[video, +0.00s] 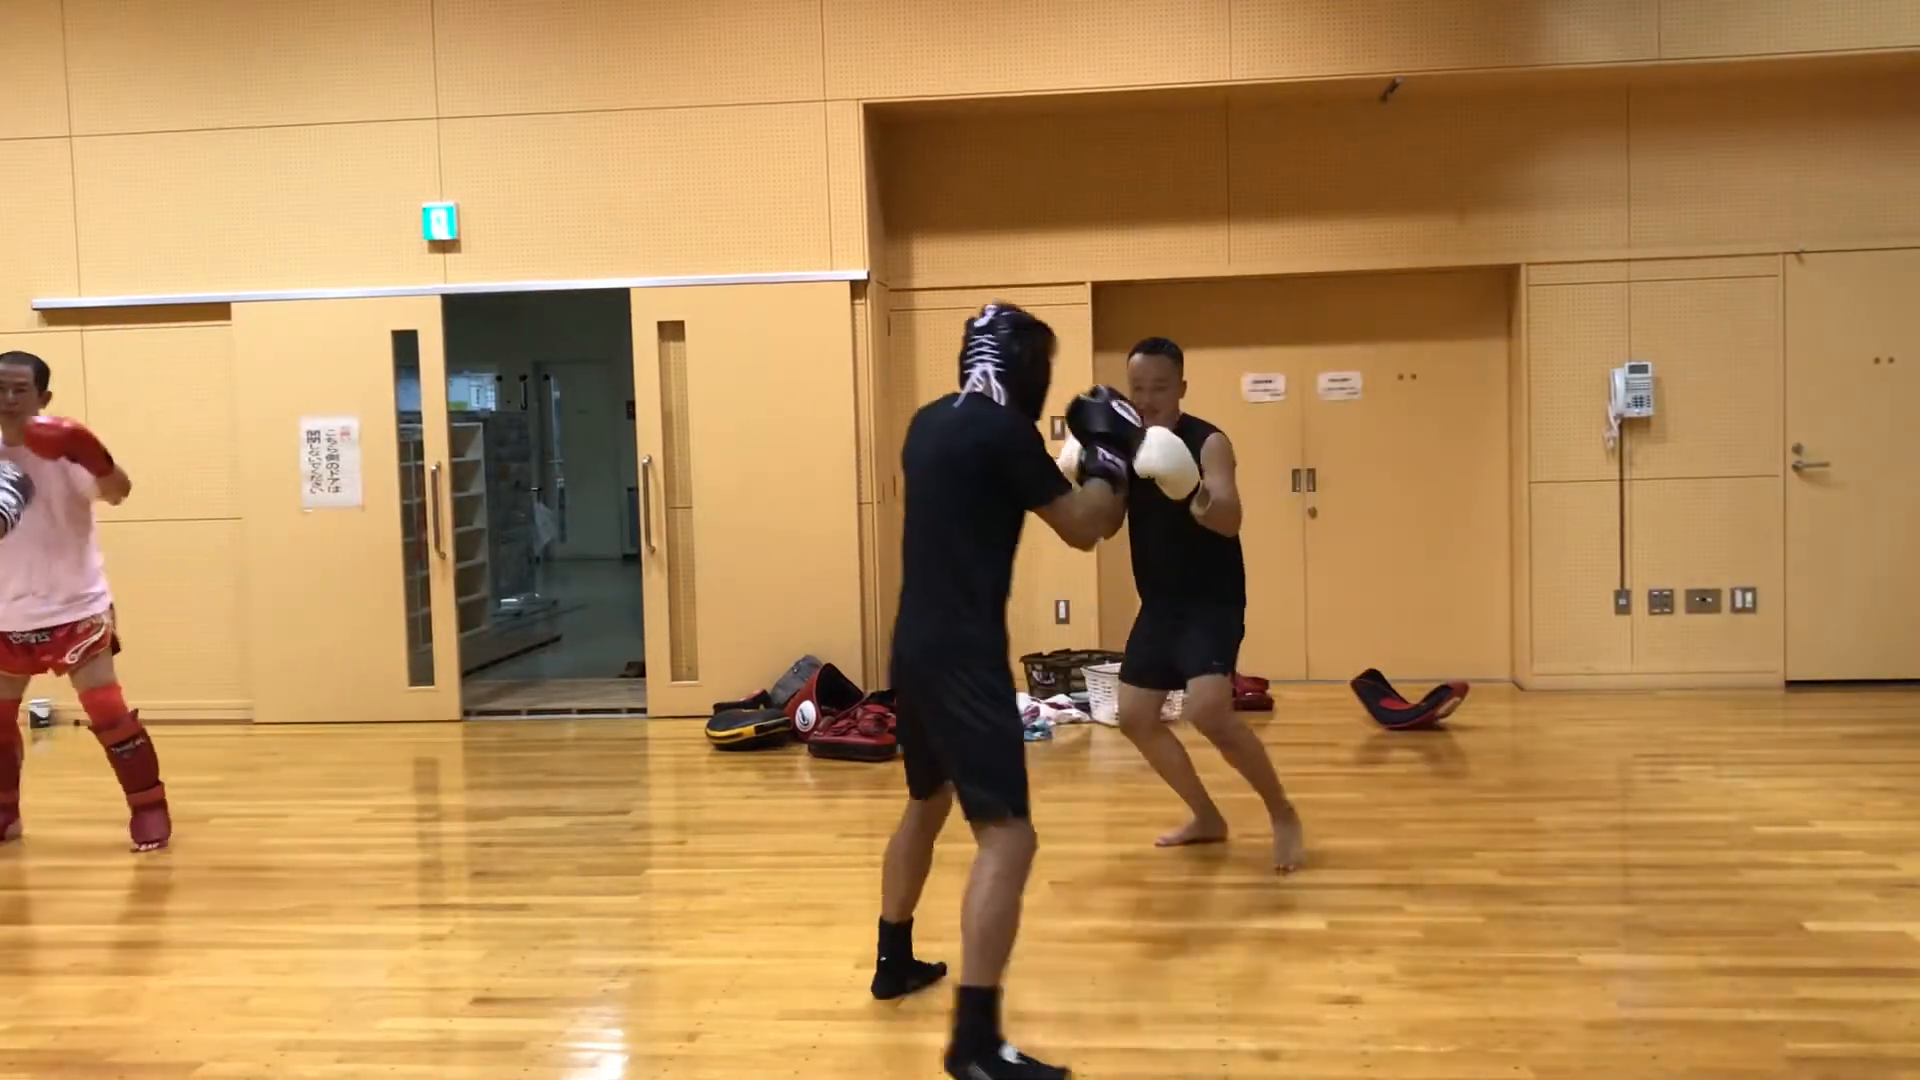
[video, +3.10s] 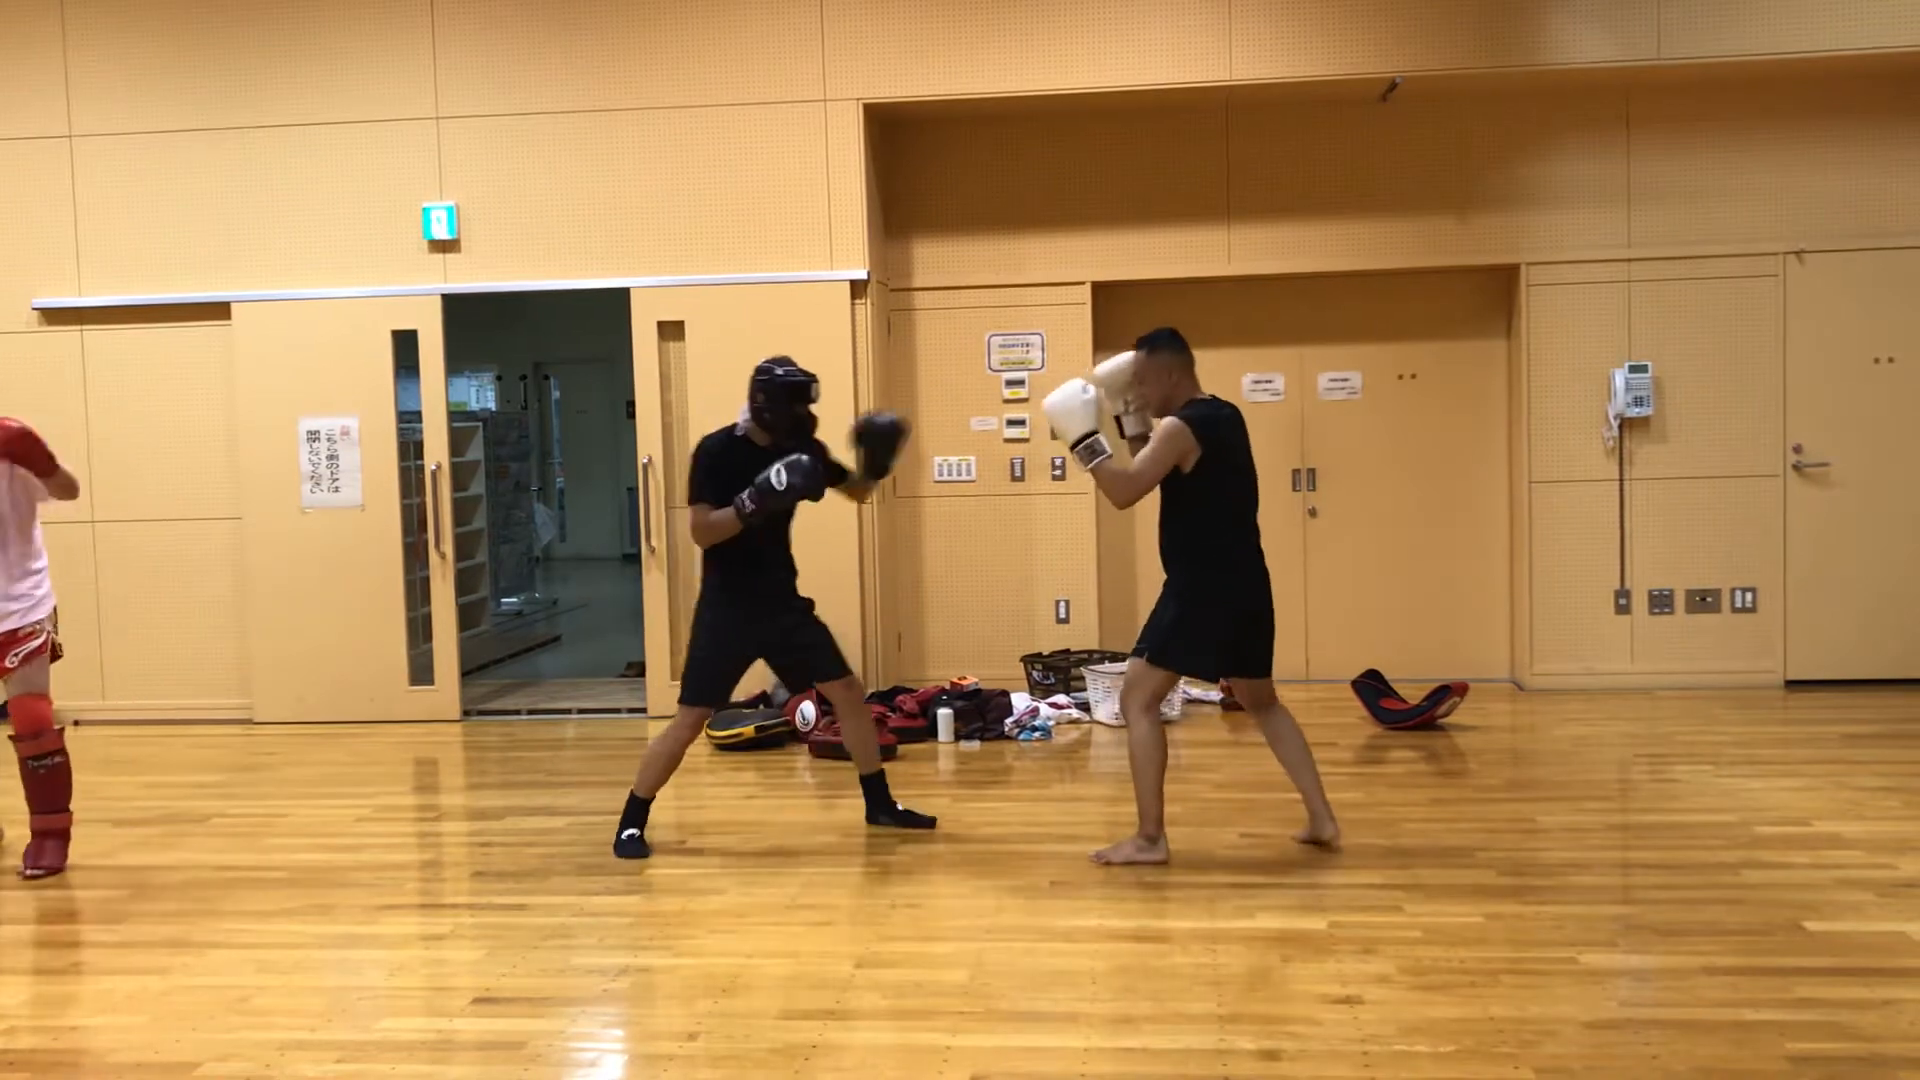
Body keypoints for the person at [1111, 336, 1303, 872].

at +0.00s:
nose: (1146, 401)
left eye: (1158, 389)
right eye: (1137, 389)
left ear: (1181, 387)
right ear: (1126, 388)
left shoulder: (1208, 441)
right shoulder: (1121, 442)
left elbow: (1230, 523)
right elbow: (1103, 526)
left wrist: (1191, 491)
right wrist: (1096, 459)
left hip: (1213, 599)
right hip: (1159, 601)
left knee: (1207, 711)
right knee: (1135, 714)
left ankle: (1282, 815)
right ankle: (1205, 818)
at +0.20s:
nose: (1131, 382)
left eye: (1142, 372)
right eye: (1128, 371)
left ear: (1172, 370)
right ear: (1127, 371)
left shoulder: (1205, 426)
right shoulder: (1119, 425)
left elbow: (1209, 495)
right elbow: (1084, 486)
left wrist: (1178, 440)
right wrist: (1082, 422)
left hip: (1198, 586)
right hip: (1146, 587)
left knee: (1181, 704)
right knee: (1142, 708)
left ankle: (1194, 860)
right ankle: (1205, 816)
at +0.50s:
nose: (1142, 401)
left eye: (1153, 390)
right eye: (1135, 390)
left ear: (1176, 387)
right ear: (1125, 392)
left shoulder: (1199, 436)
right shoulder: (1118, 437)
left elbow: (1171, 482)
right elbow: (1081, 488)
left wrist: (1135, 433)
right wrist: (1086, 423)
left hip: (1193, 600)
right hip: (1146, 602)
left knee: (1154, 718)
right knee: (1135, 719)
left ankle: (1182, 871)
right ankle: (1208, 817)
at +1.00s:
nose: (1143, 365)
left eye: (1151, 355)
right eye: (1138, 355)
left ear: (1181, 350)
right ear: (1139, 352)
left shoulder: (1207, 400)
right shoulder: (1160, 411)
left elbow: (1213, 463)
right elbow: (1126, 477)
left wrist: (1164, 419)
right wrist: (1097, 425)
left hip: (1219, 561)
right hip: (1186, 564)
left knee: (1199, 674)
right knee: (1196, 678)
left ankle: (1237, 812)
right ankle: (1237, 799)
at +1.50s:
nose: (1145, 388)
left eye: (1155, 378)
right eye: (1141, 378)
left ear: (1186, 374)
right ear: (1139, 376)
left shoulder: (1210, 429)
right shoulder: (1161, 433)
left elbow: (1202, 503)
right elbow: (1140, 504)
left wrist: (1148, 471)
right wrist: (1099, 473)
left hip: (1217, 581)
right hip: (1186, 581)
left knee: (1158, 682)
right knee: (1202, 690)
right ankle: (1275, 791)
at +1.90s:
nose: (1101, 408)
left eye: (1107, 397)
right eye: (1097, 399)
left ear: (1139, 386)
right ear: (1119, 394)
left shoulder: (1159, 436)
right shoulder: (1133, 435)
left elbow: (1107, 492)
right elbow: (1083, 481)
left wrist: (1072, 437)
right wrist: (1069, 431)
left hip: (1169, 597)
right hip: (1168, 594)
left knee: (1098, 693)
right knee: (1181, 698)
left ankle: (1112, 835)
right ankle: (1265, 794)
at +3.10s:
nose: (1136, 394)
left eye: (1140, 382)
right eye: (1134, 385)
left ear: (1170, 372)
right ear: (1185, 372)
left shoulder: (1184, 424)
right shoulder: (1226, 416)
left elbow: (1124, 490)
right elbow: (1180, 482)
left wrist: (1084, 438)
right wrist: (1137, 437)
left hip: (1197, 592)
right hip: (1248, 589)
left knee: (1139, 698)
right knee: (1262, 701)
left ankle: (1150, 837)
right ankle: (1323, 819)